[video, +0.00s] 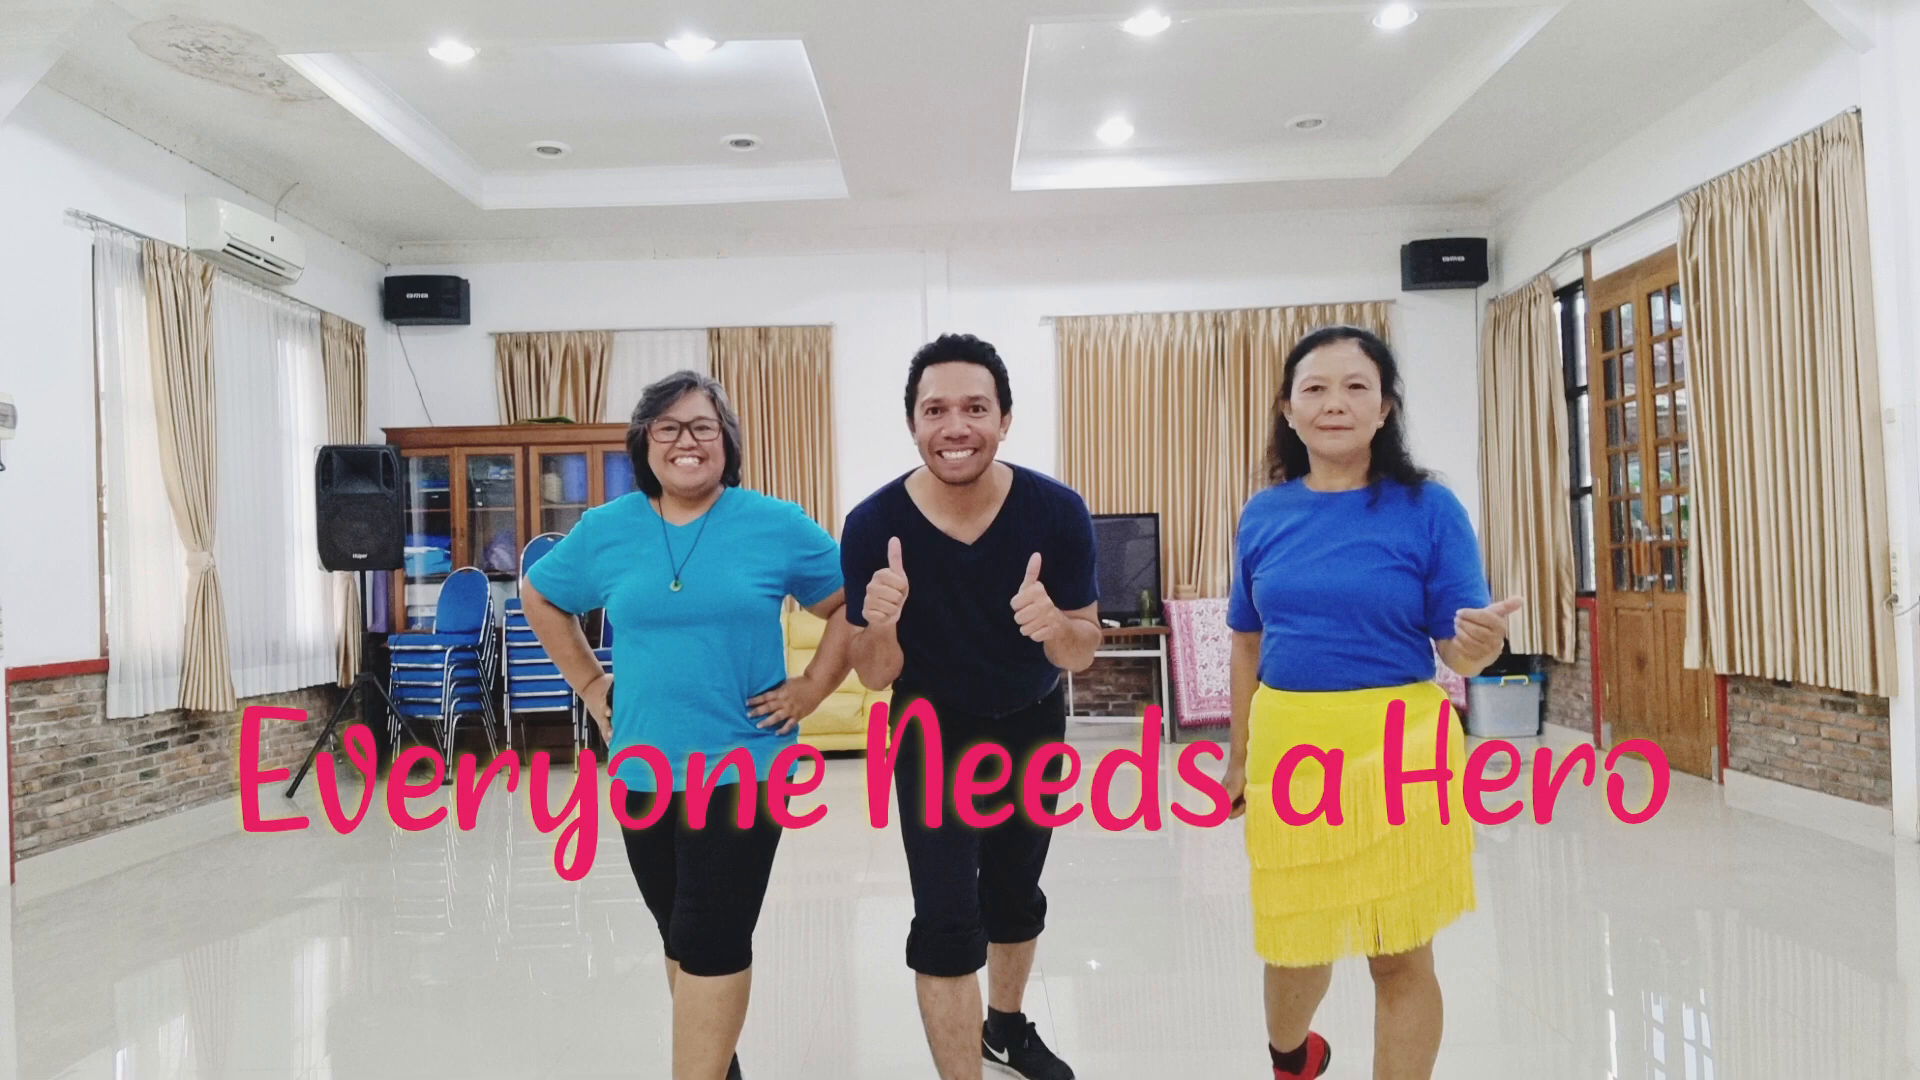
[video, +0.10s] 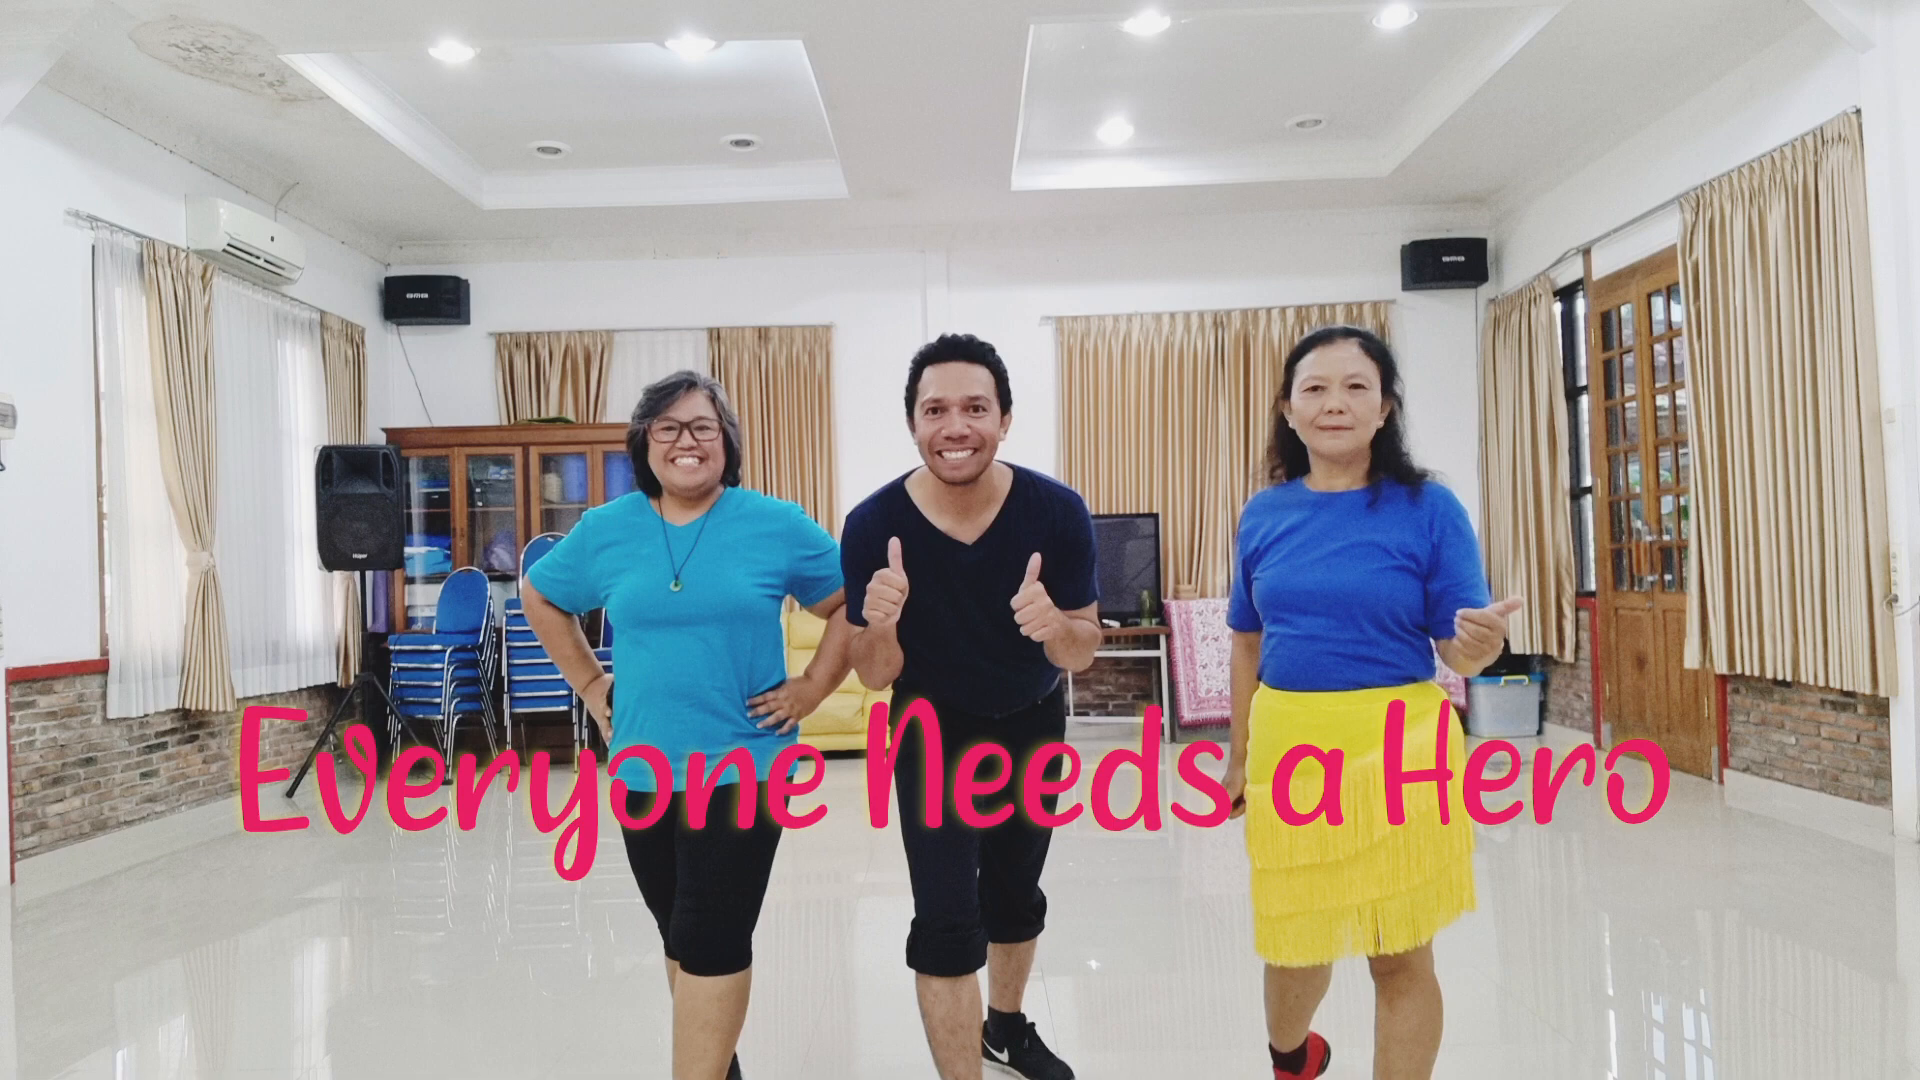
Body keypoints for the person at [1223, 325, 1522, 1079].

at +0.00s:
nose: (1334, 402)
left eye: (1354, 387)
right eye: (1315, 388)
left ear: (1385, 406)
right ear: (1290, 410)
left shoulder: (1428, 507)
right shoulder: (1265, 513)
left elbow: (1462, 651)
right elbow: (1247, 642)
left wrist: (1484, 639)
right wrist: (1239, 754)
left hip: (1400, 744)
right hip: (1289, 745)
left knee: (1398, 958)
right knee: (1293, 952)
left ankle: (1405, 1078)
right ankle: (1290, 1065)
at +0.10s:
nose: (1334, 402)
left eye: (1354, 387)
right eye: (1315, 388)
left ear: (1385, 406)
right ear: (1290, 410)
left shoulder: (1428, 507)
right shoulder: (1265, 513)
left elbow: (1462, 651)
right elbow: (1247, 642)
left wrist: (1484, 639)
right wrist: (1239, 754)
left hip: (1400, 744)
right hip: (1289, 745)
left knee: (1398, 958)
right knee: (1293, 952)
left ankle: (1405, 1078)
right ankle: (1290, 1065)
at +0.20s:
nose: (1334, 402)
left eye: (1354, 387)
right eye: (1315, 388)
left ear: (1385, 406)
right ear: (1290, 410)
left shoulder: (1428, 507)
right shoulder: (1265, 513)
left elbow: (1462, 651)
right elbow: (1247, 642)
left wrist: (1484, 639)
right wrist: (1239, 754)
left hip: (1400, 744)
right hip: (1289, 745)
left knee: (1398, 958)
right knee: (1293, 952)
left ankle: (1405, 1078)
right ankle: (1290, 1065)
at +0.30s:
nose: (1334, 402)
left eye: (1354, 387)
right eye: (1315, 388)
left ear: (1385, 406)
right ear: (1290, 410)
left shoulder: (1428, 507)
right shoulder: (1265, 513)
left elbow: (1462, 651)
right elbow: (1247, 642)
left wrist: (1484, 639)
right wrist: (1239, 754)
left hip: (1400, 744)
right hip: (1289, 745)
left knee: (1398, 958)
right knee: (1293, 952)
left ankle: (1405, 1078)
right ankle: (1290, 1065)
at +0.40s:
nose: (1334, 402)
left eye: (1354, 387)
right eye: (1315, 388)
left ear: (1385, 406)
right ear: (1290, 410)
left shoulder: (1428, 507)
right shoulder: (1265, 513)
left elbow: (1462, 651)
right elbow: (1247, 642)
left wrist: (1484, 639)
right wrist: (1239, 754)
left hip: (1400, 744)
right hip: (1289, 745)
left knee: (1398, 958)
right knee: (1293, 952)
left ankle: (1405, 1078)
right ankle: (1290, 1065)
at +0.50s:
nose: (1334, 407)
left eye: (1354, 392)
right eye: (1315, 393)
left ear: (1385, 411)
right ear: (1290, 414)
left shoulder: (1428, 512)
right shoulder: (1264, 517)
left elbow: (1464, 656)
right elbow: (1247, 646)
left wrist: (1483, 646)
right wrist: (1240, 760)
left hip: (1401, 748)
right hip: (1289, 749)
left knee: (1398, 963)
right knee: (1293, 957)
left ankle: (1404, 1079)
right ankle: (1290, 1067)